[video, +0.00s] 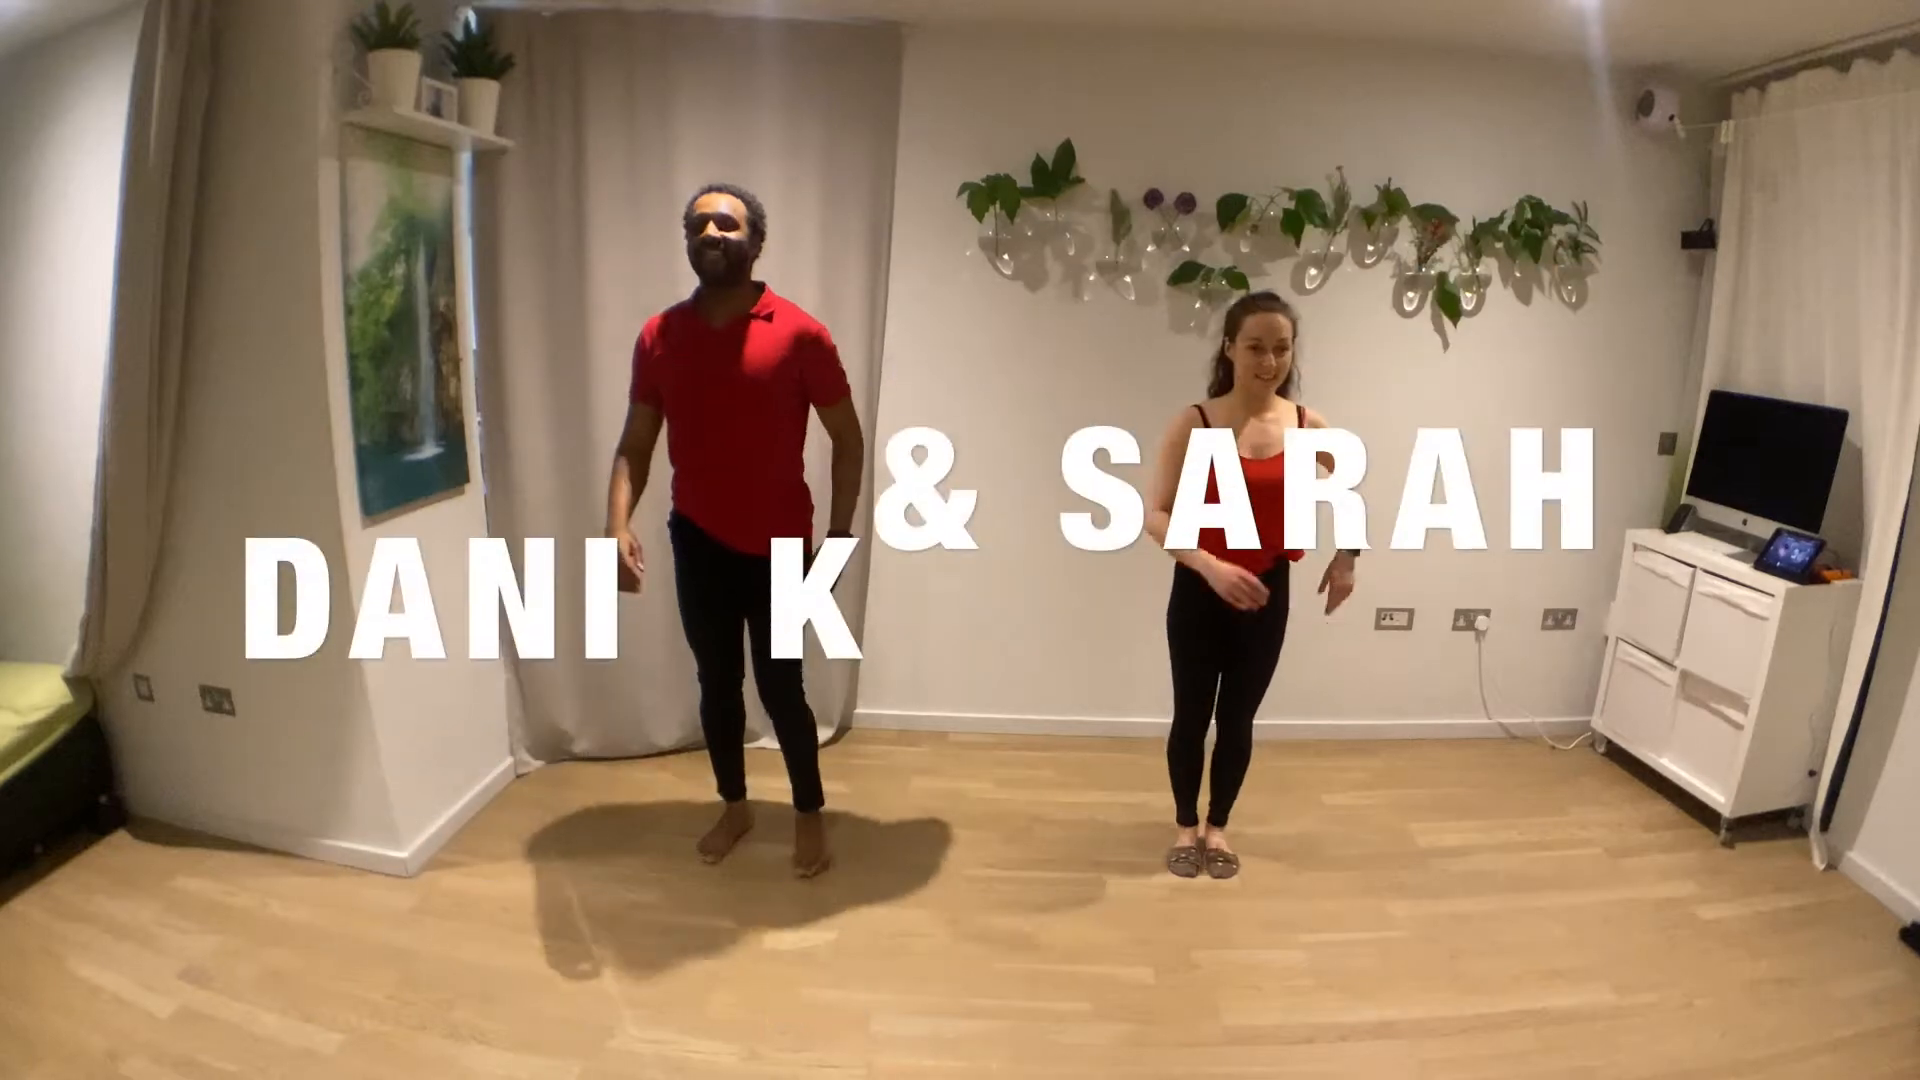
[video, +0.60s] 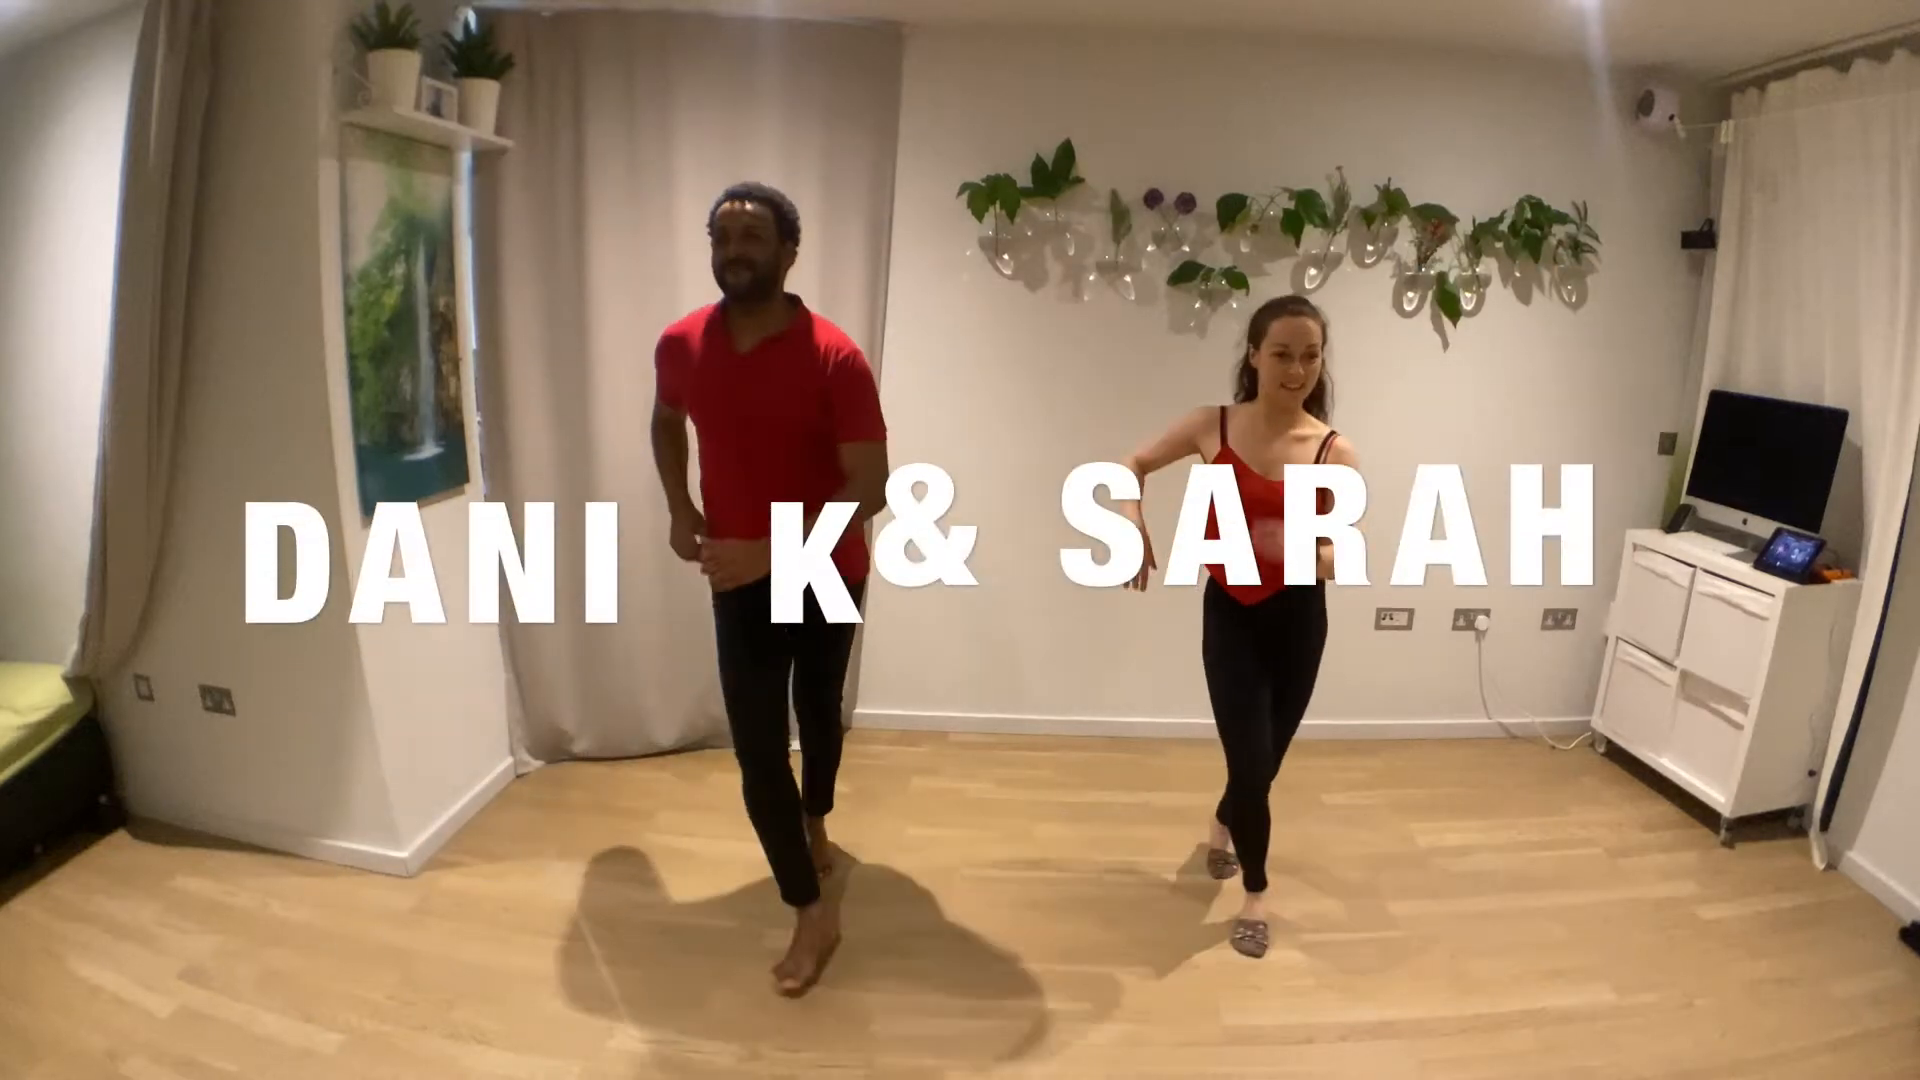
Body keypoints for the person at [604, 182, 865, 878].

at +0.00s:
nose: (712, 232)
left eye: (728, 223)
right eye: (700, 224)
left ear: (756, 243)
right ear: (685, 244)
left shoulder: (799, 334)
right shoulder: (661, 336)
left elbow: (848, 440)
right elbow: (636, 445)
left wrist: (839, 538)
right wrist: (619, 524)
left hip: (780, 541)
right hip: (700, 535)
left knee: (779, 687)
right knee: (717, 680)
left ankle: (808, 814)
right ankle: (733, 805)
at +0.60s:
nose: (735, 251)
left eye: (753, 237)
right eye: (723, 238)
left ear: (790, 250)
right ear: (709, 252)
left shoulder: (834, 358)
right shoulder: (685, 345)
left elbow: (870, 491)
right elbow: (667, 421)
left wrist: (770, 556)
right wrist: (680, 508)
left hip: (826, 577)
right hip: (740, 577)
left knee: (820, 716)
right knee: (759, 757)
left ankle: (815, 823)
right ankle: (812, 909)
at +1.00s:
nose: (716, 260)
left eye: (738, 244)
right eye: (701, 244)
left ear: (776, 255)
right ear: (687, 256)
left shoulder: (828, 366)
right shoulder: (677, 379)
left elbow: (920, 489)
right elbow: (654, 495)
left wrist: (841, 595)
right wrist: (649, 522)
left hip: (789, 630)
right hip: (699, 622)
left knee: (742, 814)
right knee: (734, 815)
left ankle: (836, 929)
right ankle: (825, 941)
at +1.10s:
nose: (706, 261)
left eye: (728, 244)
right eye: (692, 244)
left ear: (767, 255)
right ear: (677, 254)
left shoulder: (825, 370)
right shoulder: (660, 385)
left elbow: (921, 492)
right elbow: (642, 511)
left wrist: (825, 585)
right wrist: (633, 573)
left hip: (775, 637)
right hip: (686, 631)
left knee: (702, 838)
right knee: (724, 819)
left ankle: (751, 1024)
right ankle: (827, 950)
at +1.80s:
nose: (673, 259)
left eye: (694, 240)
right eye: (655, 239)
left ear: (726, 253)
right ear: (631, 253)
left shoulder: (790, 370)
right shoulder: (605, 373)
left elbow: (881, 473)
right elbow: (573, 465)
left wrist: (860, 547)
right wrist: (543, 542)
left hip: (773, 617)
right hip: (676, 613)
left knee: (739, 802)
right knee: (674, 799)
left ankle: (778, 952)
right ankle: (702, 909)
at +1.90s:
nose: (705, 266)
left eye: (722, 247)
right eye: (685, 249)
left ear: (751, 255)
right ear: (660, 262)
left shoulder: (807, 361)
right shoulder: (628, 372)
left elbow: (883, 477)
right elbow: (556, 478)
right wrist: (627, 477)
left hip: (786, 608)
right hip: (685, 605)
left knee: (804, 792)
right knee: (673, 791)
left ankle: (860, 881)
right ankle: (702, 905)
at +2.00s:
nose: (727, 280)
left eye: (745, 260)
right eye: (707, 261)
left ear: (775, 264)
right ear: (687, 269)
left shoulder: (807, 356)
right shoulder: (665, 370)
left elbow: (859, 480)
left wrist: (802, 401)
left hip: (797, 604)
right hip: (702, 607)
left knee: (865, 766)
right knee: (689, 783)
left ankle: (920, 903)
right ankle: (697, 910)